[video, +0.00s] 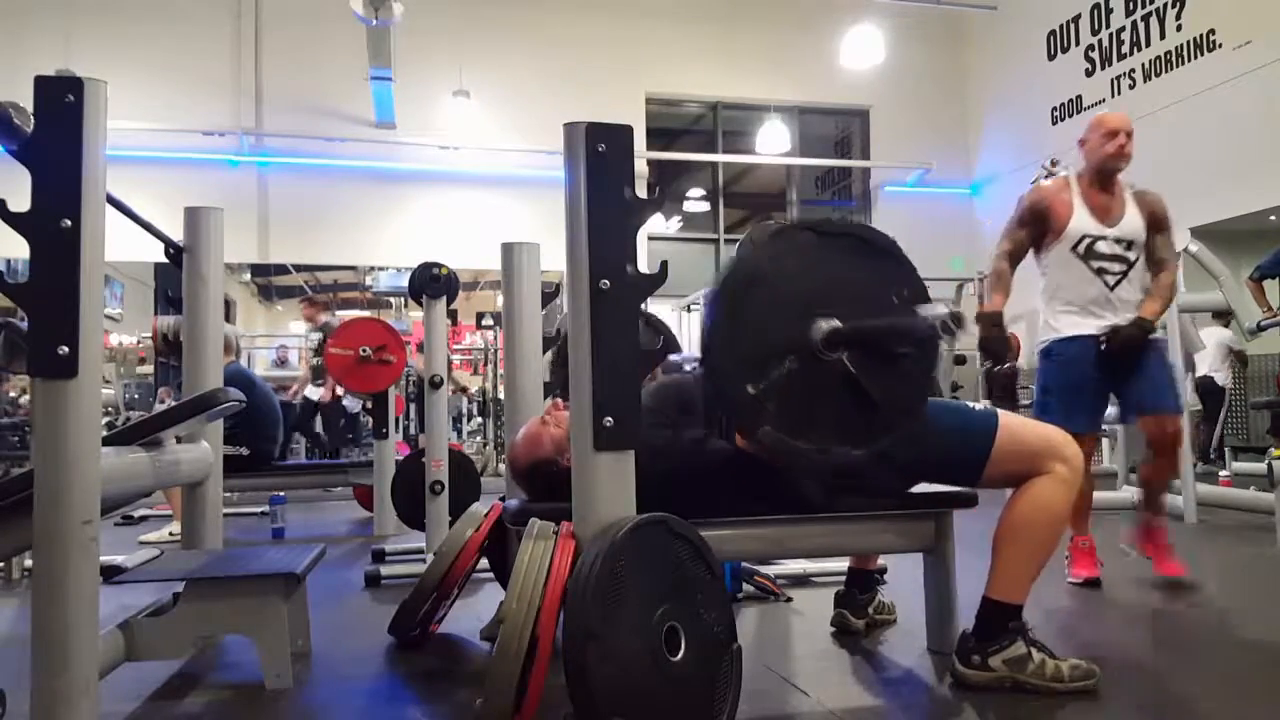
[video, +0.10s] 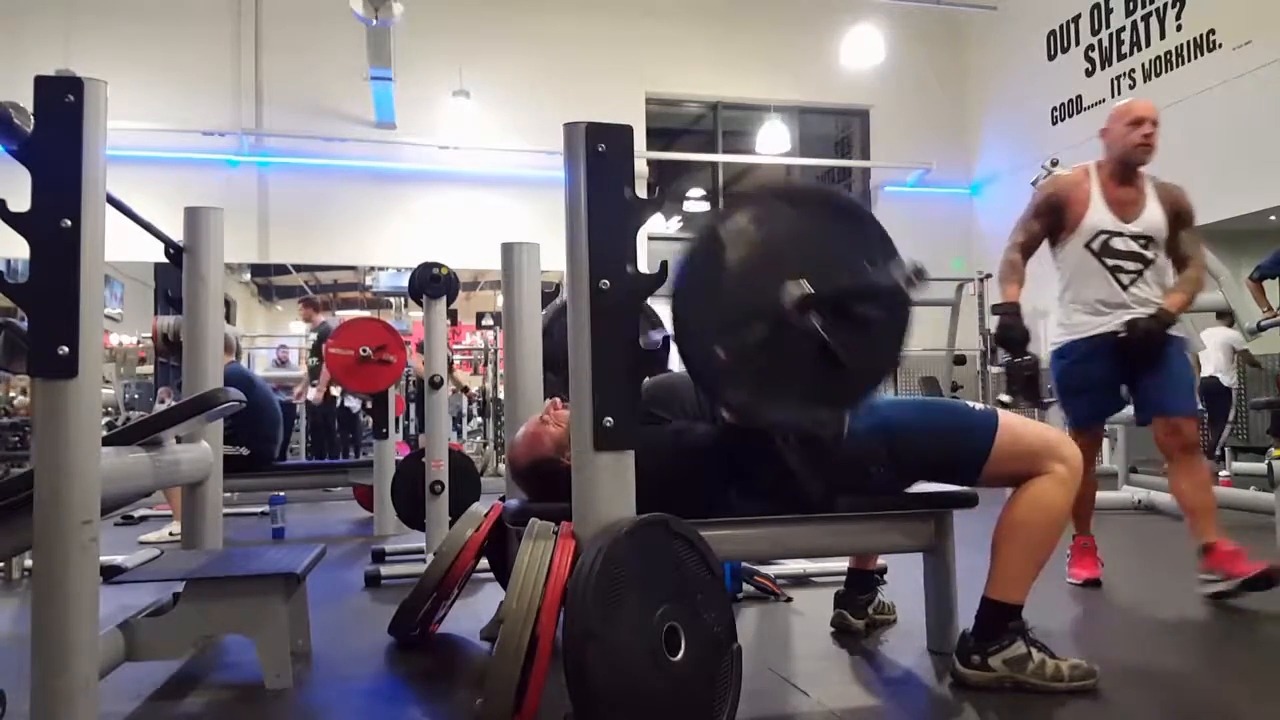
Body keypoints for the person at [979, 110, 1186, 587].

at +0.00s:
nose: (1123, 145)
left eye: (1128, 137)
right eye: (1112, 136)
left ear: (1133, 147)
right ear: (1084, 145)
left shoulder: (1148, 206)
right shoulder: (1047, 199)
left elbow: (1166, 273)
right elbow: (1004, 259)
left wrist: (1141, 324)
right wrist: (991, 321)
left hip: (1133, 336)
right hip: (1069, 340)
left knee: (1167, 432)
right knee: (1077, 449)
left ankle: (1150, 528)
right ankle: (1081, 541)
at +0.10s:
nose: (1148, 133)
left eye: (1153, 126)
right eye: (1136, 124)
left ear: (1157, 138)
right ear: (1106, 133)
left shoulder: (1169, 197)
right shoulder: (1065, 190)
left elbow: (1194, 268)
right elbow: (1016, 251)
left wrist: (1164, 313)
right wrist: (1009, 309)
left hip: (1151, 333)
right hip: (1082, 338)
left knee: (1183, 436)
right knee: (1085, 448)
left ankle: (1213, 552)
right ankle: (1083, 544)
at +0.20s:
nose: (1180, 130)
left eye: (1185, 122)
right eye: (1167, 120)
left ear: (1190, 134)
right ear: (1135, 129)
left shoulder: (1199, 201)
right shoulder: (1088, 189)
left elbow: (1221, 273)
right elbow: (1031, 248)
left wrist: (1190, 320)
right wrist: (1027, 306)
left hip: (1176, 342)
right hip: (1103, 346)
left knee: (1206, 441)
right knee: (1096, 451)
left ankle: (1239, 566)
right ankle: (1085, 539)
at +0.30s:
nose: (1223, 119)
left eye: (1228, 110)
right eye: (1210, 109)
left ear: (1231, 122)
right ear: (1173, 119)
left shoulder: (1234, 194)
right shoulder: (1119, 180)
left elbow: (1256, 273)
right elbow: (1057, 242)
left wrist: (1215, 320)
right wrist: (1048, 309)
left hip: (1207, 341)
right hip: (1131, 347)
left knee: (1240, 442)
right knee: (1130, 458)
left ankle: (1249, 577)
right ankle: (1094, 533)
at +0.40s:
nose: (1268, 108)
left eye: (1271, 98)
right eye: (1255, 96)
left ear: (1270, 109)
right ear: (1212, 101)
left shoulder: (1266, 180)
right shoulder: (1148, 163)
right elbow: (1081, 233)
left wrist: (1258, 306)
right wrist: (1074, 296)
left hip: (1243, 327)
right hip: (1166, 331)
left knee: (1263, 448)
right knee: (1184, 455)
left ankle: (1250, 580)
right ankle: (1137, 518)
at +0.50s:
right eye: (1275, 66)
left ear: (1274, 81)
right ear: (1241, 72)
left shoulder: (1275, 150)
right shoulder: (1178, 139)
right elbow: (1103, 212)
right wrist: (1103, 300)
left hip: (1264, 308)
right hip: (1192, 307)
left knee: (1270, 451)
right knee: (1228, 434)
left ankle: (1255, 576)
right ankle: (1206, 561)